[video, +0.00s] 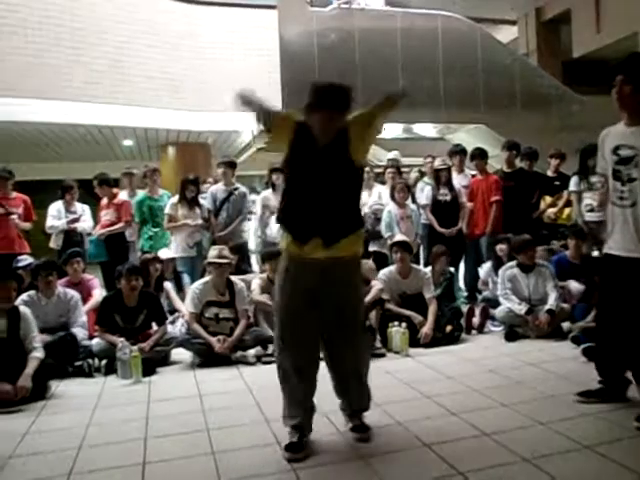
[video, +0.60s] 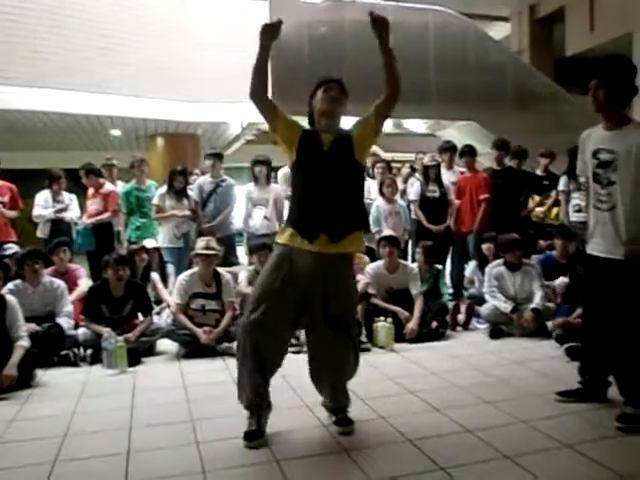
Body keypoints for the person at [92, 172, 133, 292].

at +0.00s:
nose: (96, 191)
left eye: (97, 187)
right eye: (95, 188)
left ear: (104, 187)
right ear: (104, 187)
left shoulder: (123, 202)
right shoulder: (103, 202)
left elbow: (126, 222)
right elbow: (102, 221)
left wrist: (106, 232)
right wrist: (95, 232)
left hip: (118, 237)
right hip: (104, 238)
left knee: (120, 271)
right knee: (107, 273)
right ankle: (112, 299)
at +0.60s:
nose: (83, 182)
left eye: (83, 178)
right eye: (82, 178)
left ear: (92, 177)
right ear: (91, 177)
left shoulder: (110, 191)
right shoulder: (90, 191)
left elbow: (113, 212)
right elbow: (89, 209)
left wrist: (93, 221)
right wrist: (84, 220)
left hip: (104, 227)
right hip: (91, 227)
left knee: (105, 259)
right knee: (93, 260)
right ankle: (97, 287)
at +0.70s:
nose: (79, 182)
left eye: (79, 178)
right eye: (78, 179)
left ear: (87, 177)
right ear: (87, 177)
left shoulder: (105, 191)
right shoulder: (86, 190)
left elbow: (109, 211)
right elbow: (84, 209)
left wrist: (90, 221)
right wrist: (80, 219)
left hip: (100, 228)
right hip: (87, 228)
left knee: (101, 262)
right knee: (89, 261)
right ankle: (92, 288)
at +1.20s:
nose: (79, 161)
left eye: (80, 157)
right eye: (78, 157)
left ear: (88, 156)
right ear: (87, 156)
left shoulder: (107, 170)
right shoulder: (85, 172)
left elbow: (112, 192)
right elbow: (85, 191)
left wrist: (93, 201)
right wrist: (81, 200)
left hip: (103, 208)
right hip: (88, 209)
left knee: (105, 243)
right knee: (92, 245)